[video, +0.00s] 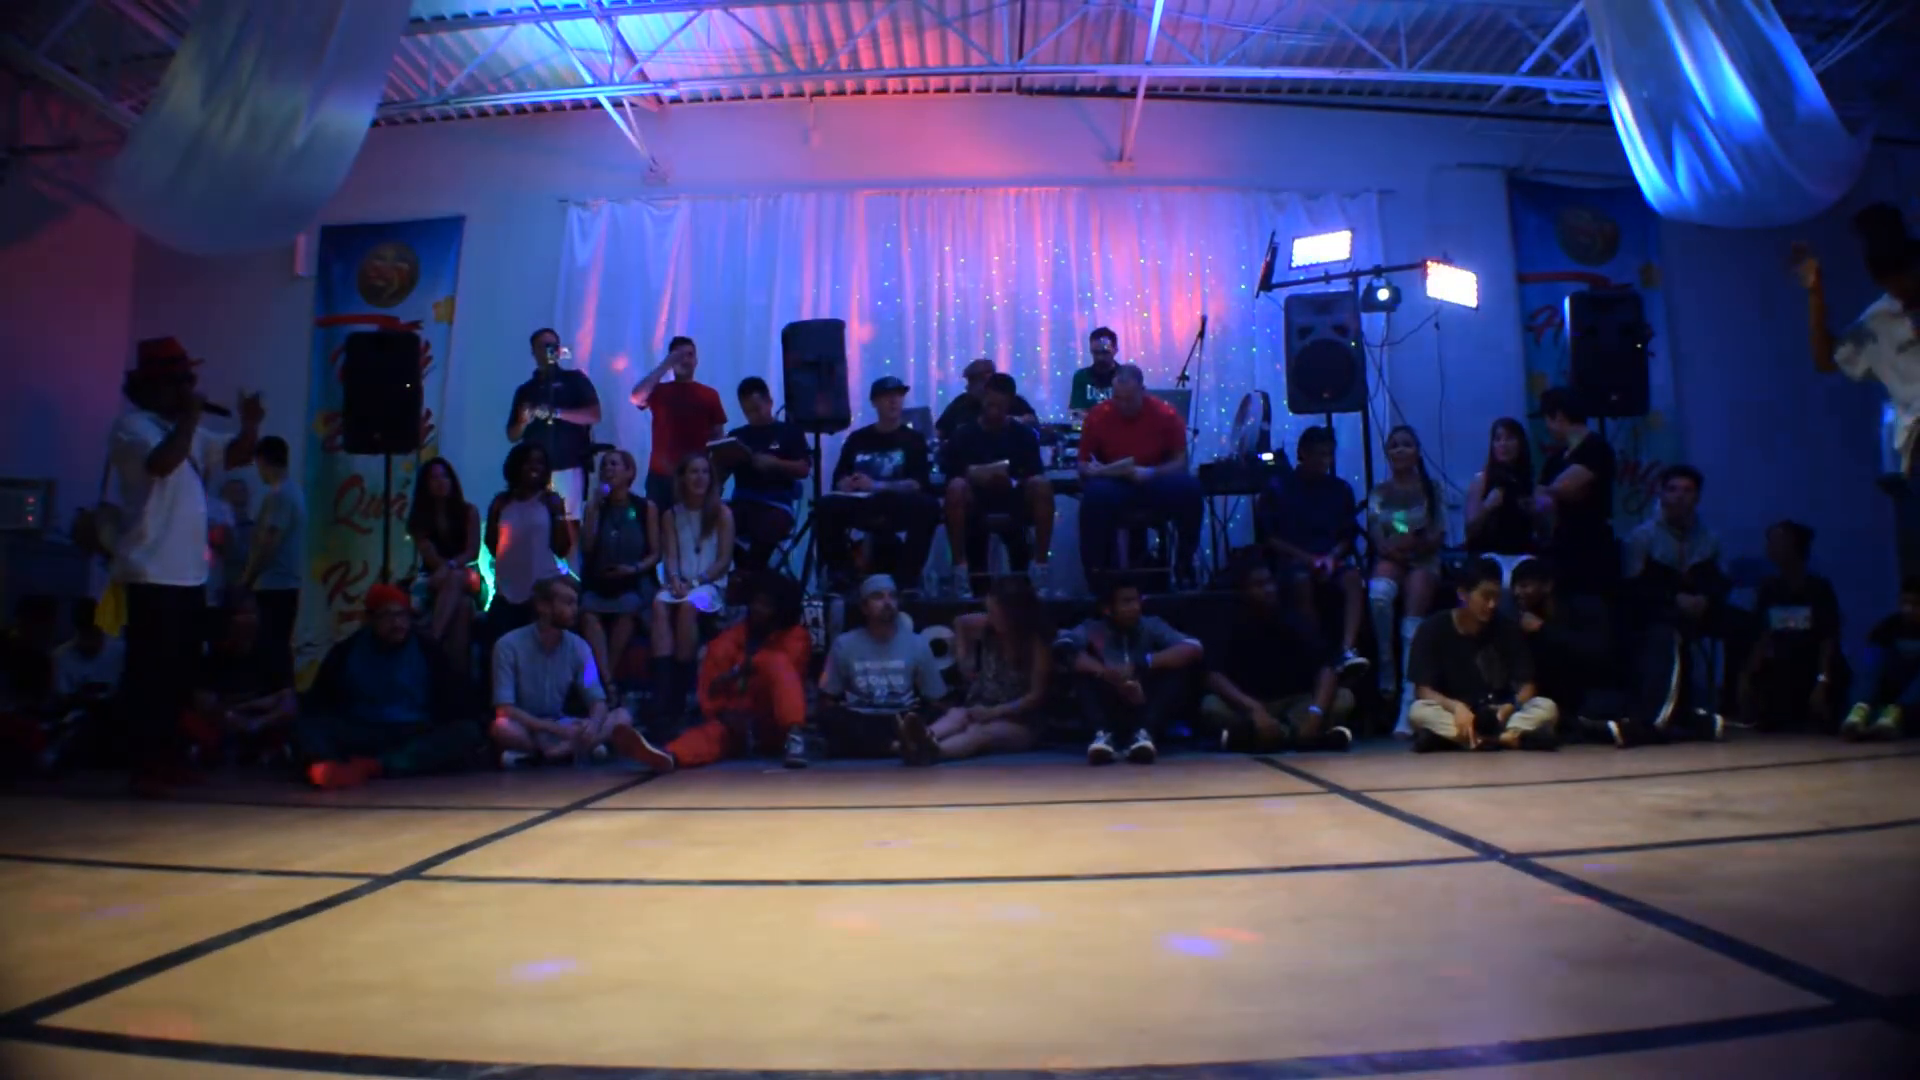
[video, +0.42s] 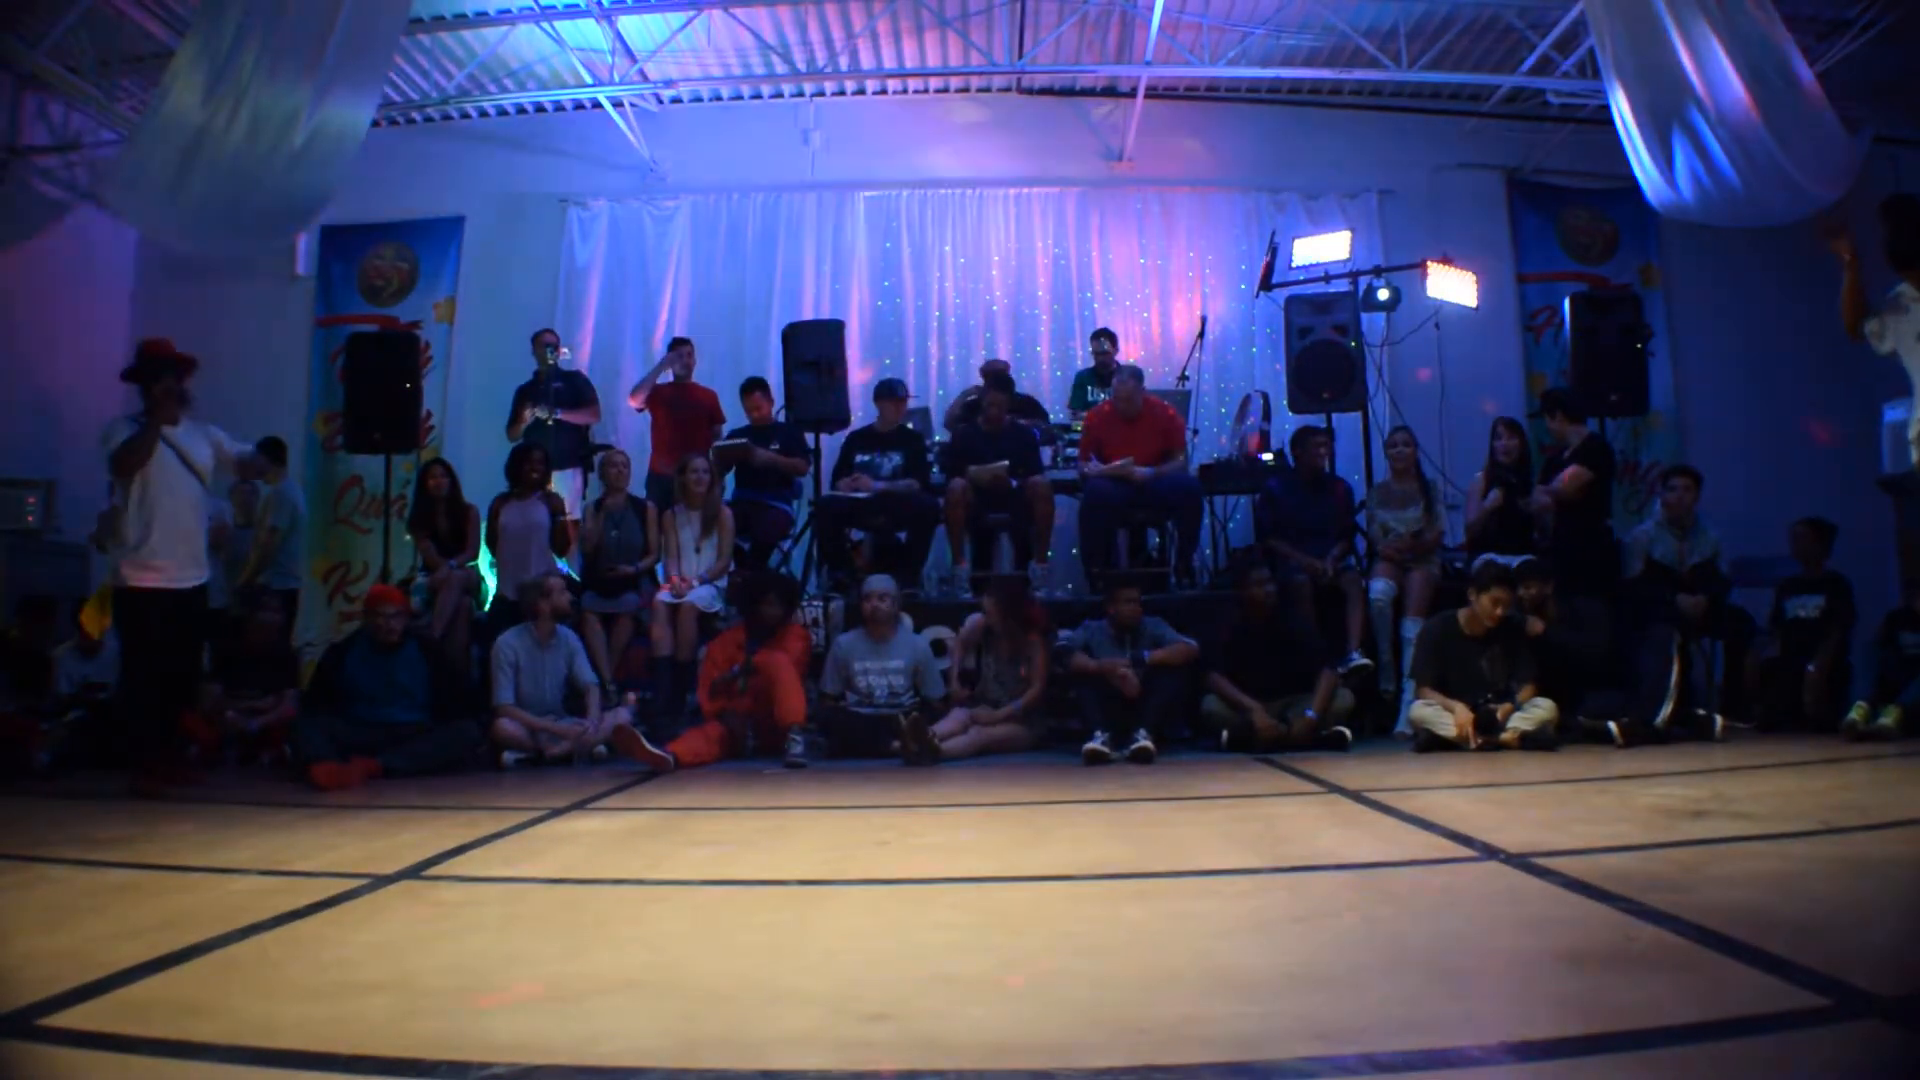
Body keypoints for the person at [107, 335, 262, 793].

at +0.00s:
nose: (189, 391)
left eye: (189, 383)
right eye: (179, 383)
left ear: (184, 386)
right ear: (154, 387)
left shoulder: (187, 433)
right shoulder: (132, 426)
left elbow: (236, 456)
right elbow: (160, 464)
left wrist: (248, 428)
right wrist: (189, 418)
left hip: (188, 577)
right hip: (151, 575)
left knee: (181, 677)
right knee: (151, 677)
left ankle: (172, 761)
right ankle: (146, 767)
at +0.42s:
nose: (182, 389)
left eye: (184, 381)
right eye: (171, 382)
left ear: (186, 387)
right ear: (147, 387)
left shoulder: (202, 435)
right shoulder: (125, 431)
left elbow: (256, 463)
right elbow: (124, 468)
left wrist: (250, 469)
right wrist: (156, 421)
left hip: (191, 585)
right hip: (142, 585)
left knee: (184, 685)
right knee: (144, 685)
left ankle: (177, 763)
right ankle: (143, 769)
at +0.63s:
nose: (173, 393)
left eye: (178, 385)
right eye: (163, 386)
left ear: (185, 388)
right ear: (144, 391)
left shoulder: (207, 437)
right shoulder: (128, 434)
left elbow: (241, 491)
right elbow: (117, 471)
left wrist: (240, 526)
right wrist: (150, 422)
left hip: (194, 585)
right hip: (142, 584)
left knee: (185, 681)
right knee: (143, 682)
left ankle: (177, 761)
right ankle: (142, 765)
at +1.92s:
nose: (207, 382)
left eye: (210, 373)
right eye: (196, 374)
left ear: (216, 377)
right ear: (174, 379)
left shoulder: (228, 431)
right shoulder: (153, 428)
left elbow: (251, 498)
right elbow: (155, 464)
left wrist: (266, 550)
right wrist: (186, 413)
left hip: (226, 582)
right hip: (172, 584)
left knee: (222, 682)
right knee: (177, 684)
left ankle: (215, 765)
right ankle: (183, 768)